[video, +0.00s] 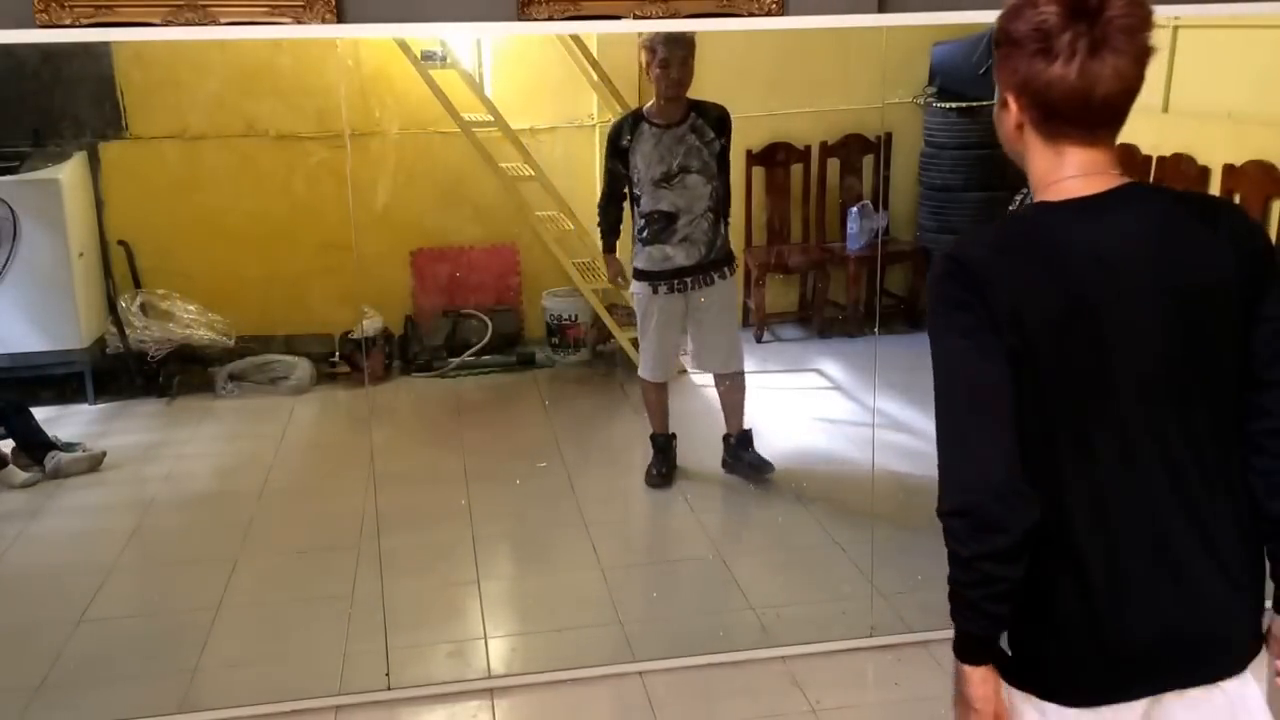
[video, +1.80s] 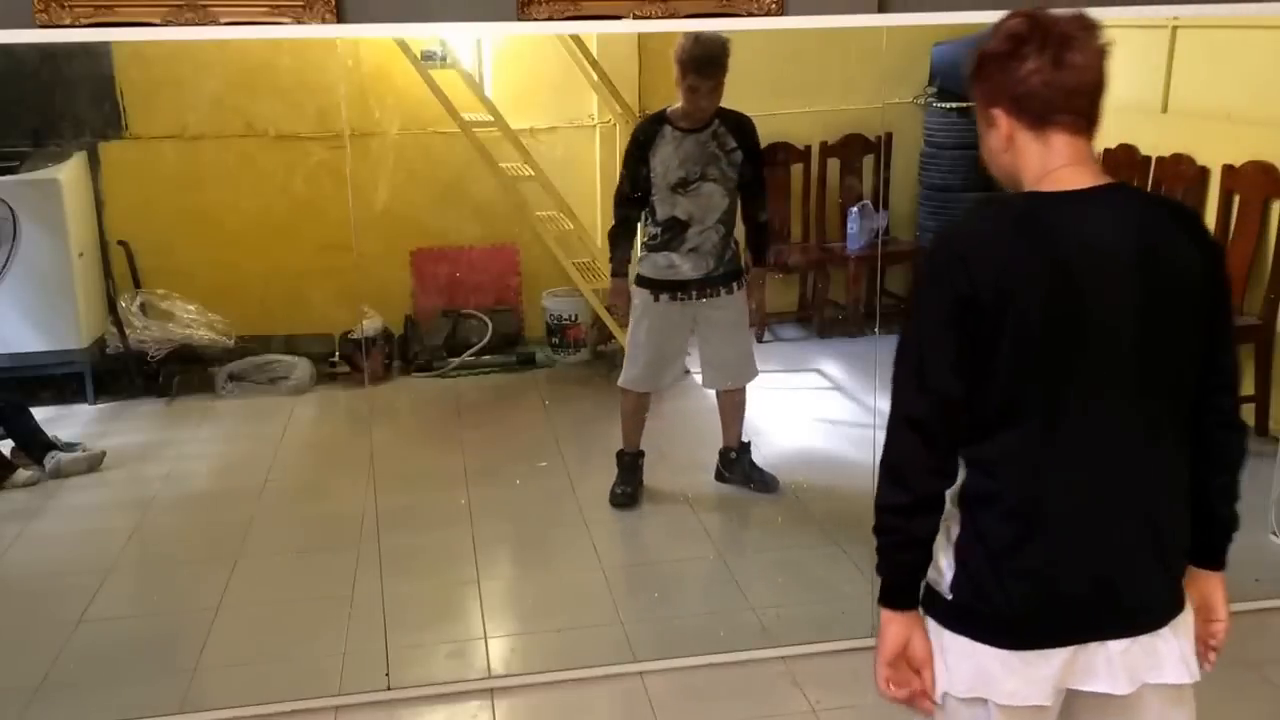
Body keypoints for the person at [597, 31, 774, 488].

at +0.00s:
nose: (673, 73)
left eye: (681, 63)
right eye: (663, 65)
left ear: (693, 66)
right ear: (646, 68)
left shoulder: (716, 119)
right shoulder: (625, 132)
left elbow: (723, 186)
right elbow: (611, 196)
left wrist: (722, 241)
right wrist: (610, 251)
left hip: (713, 267)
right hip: (655, 273)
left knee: (728, 362)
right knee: (654, 368)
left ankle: (736, 446)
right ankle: (662, 449)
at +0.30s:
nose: (698, 72)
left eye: (708, 64)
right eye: (689, 64)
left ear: (720, 68)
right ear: (675, 67)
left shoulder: (739, 121)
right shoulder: (653, 128)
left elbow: (750, 187)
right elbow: (637, 200)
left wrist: (761, 245)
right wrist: (654, 263)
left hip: (733, 271)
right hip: (675, 275)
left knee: (735, 366)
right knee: (665, 369)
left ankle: (732, 451)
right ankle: (663, 447)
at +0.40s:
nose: (715, 73)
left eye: (723, 64)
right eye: (705, 65)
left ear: (733, 67)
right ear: (688, 68)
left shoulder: (743, 121)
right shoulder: (666, 129)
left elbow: (752, 188)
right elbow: (656, 208)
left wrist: (765, 241)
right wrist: (695, 259)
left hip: (742, 269)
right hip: (687, 272)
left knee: (737, 364)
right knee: (676, 366)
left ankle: (731, 451)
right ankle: (660, 446)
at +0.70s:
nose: (756, 75)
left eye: (759, 65)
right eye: (745, 66)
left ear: (762, 67)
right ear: (715, 67)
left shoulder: (722, 125)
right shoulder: (712, 130)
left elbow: (735, 201)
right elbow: (726, 208)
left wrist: (762, 233)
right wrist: (765, 248)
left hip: (732, 267)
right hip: (727, 270)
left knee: (735, 363)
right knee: (740, 366)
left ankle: (732, 453)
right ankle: (664, 435)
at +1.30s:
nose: (768, 79)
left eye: (775, 70)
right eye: (759, 68)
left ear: (781, 73)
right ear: (735, 66)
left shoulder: (763, 129)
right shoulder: (709, 123)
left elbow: (761, 203)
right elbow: (699, 204)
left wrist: (764, 256)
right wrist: (727, 268)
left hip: (743, 270)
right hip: (704, 270)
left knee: (735, 363)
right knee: (686, 364)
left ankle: (731, 456)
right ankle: (635, 446)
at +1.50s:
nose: (755, 83)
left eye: (763, 75)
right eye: (746, 74)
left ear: (773, 76)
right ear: (726, 70)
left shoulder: (771, 131)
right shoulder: (692, 123)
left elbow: (777, 197)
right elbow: (667, 196)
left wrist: (775, 251)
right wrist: (670, 272)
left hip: (740, 280)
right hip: (683, 277)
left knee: (736, 369)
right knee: (650, 372)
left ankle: (732, 457)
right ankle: (638, 462)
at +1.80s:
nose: (701, 99)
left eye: (710, 89)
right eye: (692, 89)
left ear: (724, 81)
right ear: (677, 79)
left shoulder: (739, 130)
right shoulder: (649, 132)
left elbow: (755, 205)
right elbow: (626, 204)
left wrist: (758, 273)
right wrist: (617, 273)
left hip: (723, 280)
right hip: (658, 282)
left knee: (733, 371)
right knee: (638, 378)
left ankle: (732, 458)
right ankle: (628, 465)